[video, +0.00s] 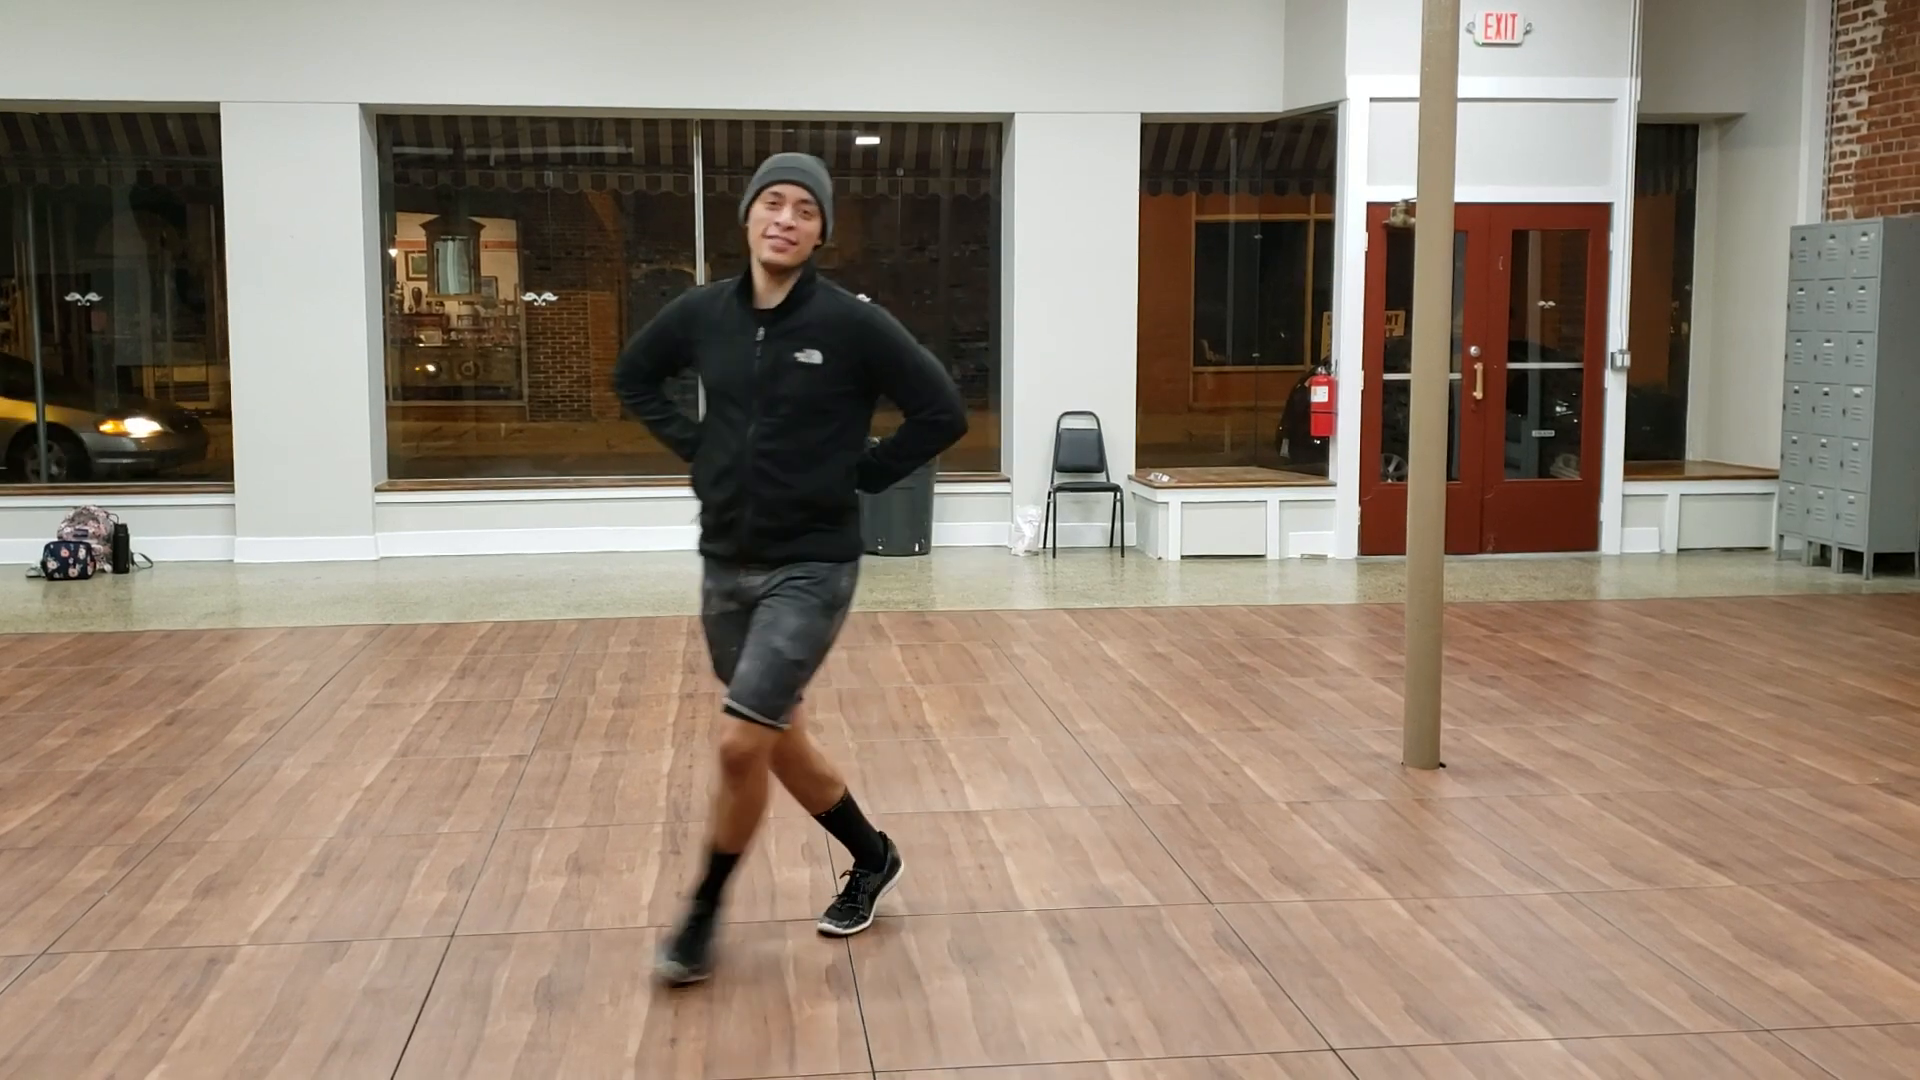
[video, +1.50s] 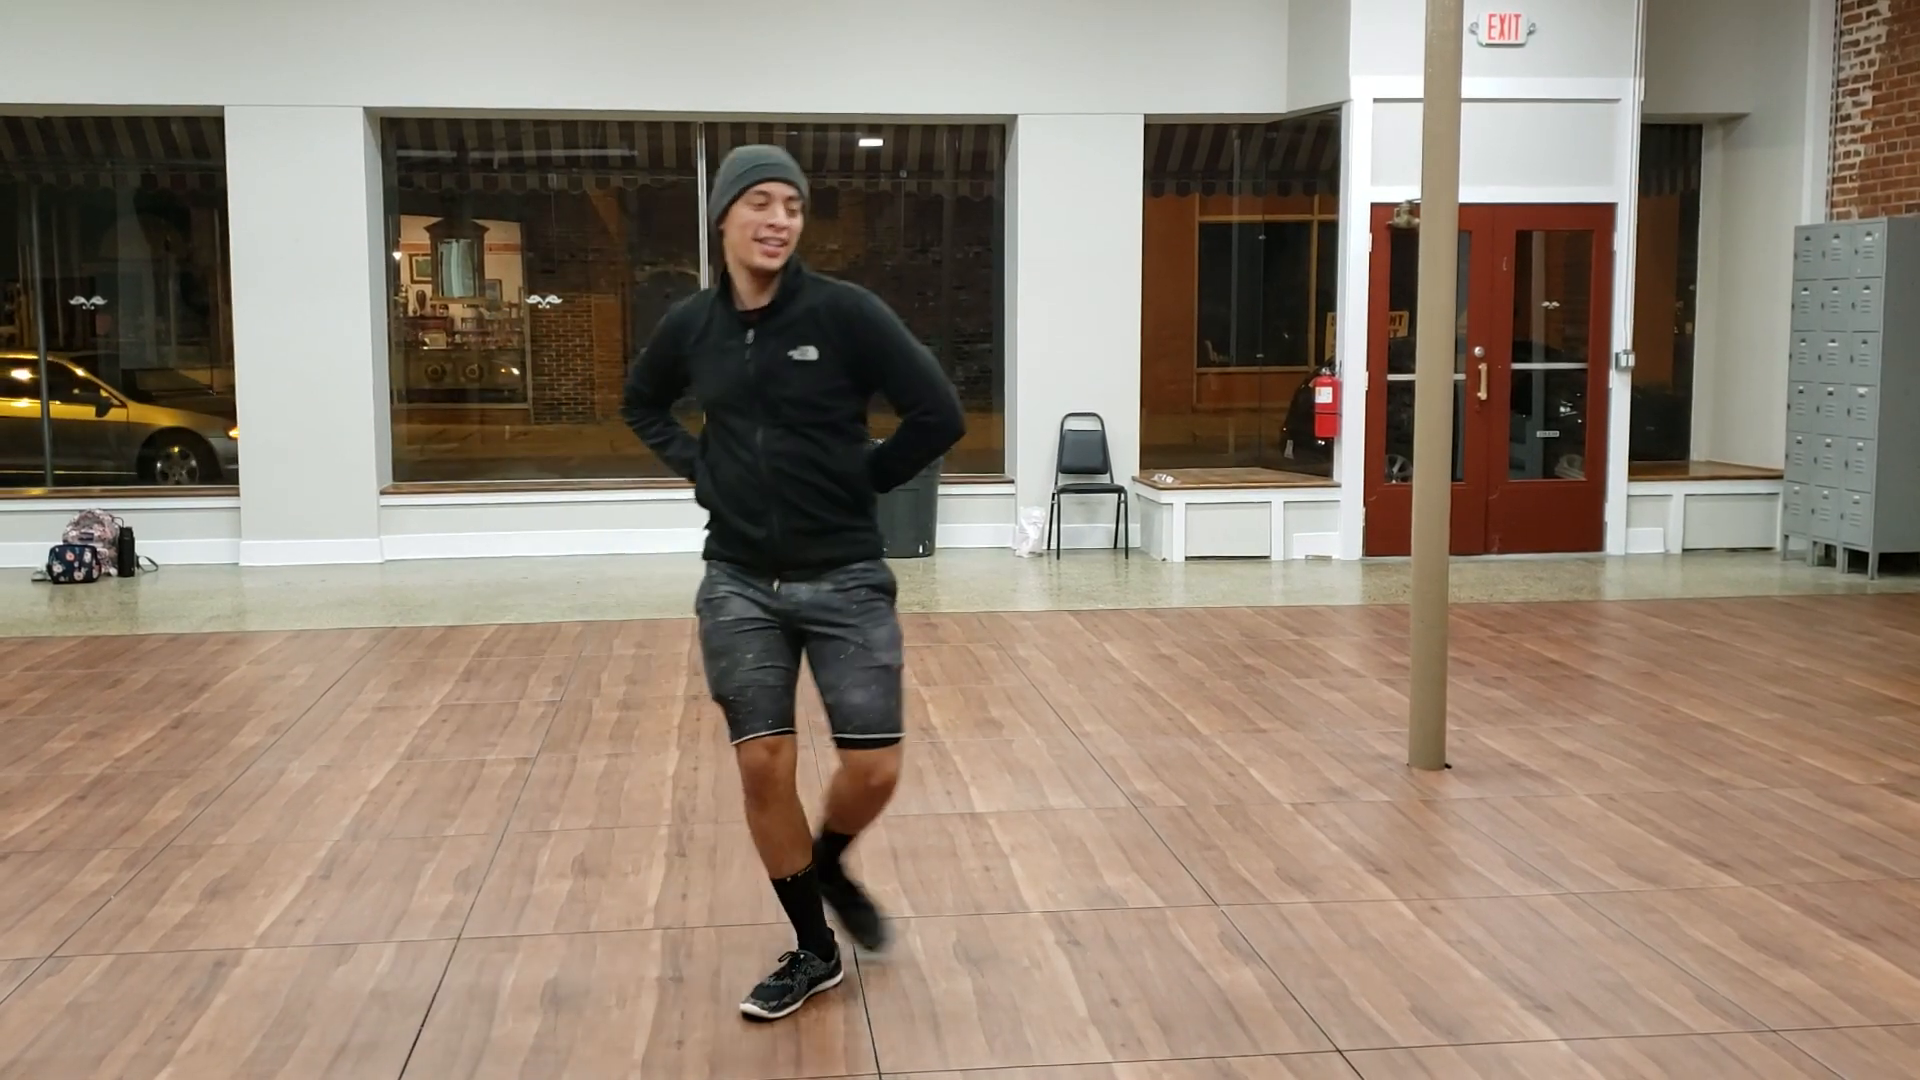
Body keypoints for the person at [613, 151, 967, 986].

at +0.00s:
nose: (786, 219)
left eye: (804, 211)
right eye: (774, 205)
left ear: (821, 232)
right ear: (747, 220)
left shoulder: (853, 323)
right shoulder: (702, 312)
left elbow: (944, 416)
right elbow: (633, 379)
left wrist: (858, 476)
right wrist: (696, 446)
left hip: (813, 561)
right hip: (725, 559)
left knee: (741, 742)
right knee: (776, 740)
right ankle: (872, 853)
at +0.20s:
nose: (736, 229)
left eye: (752, 220)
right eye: (722, 215)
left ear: (768, 245)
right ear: (692, 232)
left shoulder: (799, 347)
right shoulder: (637, 316)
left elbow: (863, 446)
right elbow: (543, 382)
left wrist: (772, 494)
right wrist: (610, 461)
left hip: (727, 575)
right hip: (631, 567)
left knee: (663, 757)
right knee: (616, 761)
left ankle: (642, 923)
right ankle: (750, 824)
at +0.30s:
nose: (704, 212)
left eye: (719, 203)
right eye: (689, 199)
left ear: (737, 229)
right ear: (659, 217)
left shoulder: (771, 332)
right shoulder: (603, 306)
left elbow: (833, 429)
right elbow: (506, 372)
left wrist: (746, 475)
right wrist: (578, 453)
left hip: (701, 570)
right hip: (597, 561)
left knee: (659, 755)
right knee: (557, 745)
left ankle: (644, 917)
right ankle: (638, 829)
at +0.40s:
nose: (668, 195)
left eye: (682, 184)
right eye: (651, 183)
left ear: (702, 205)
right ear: (621, 204)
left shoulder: (743, 307)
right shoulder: (567, 295)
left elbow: (802, 400)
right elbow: (463, 365)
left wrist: (721, 461)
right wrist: (547, 439)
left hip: (682, 561)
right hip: (569, 556)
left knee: (660, 747)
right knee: (521, 736)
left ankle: (642, 919)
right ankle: (532, 868)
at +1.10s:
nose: (654, 195)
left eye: (667, 184)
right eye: (635, 183)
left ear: (683, 207)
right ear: (601, 210)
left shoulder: (739, 293)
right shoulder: (568, 310)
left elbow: (830, 368)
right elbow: (482, 380)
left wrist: (758, 440)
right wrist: (562, 448)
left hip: (724, 558)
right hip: (616, 555)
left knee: (712, 739)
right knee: (593, 737)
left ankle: (685, 883)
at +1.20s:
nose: (683, 205)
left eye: (696, 193)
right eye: (664, 193)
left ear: (714, 215)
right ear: (633, 215)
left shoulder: (766, 302)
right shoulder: (600, 314)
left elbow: (858, 388)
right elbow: (537, 379)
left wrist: (786, 454)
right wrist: (596, 445)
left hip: (751, 565)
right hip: (647, 563)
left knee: (729, 752)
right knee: (670, 745)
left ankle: (684, 883)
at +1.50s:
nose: (775, 220)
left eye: (788, 207)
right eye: (758, 205)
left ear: (803, 225)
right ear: (721, 222)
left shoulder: (848, 314)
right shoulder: (688, 326)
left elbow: (940, 419)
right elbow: (641, 406)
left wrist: (859, 478)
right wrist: (702, 464)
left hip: (847, 578)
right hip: (739, 579)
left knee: (875, 766)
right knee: (762, 763)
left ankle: (827, 863)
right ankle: (811, 948)